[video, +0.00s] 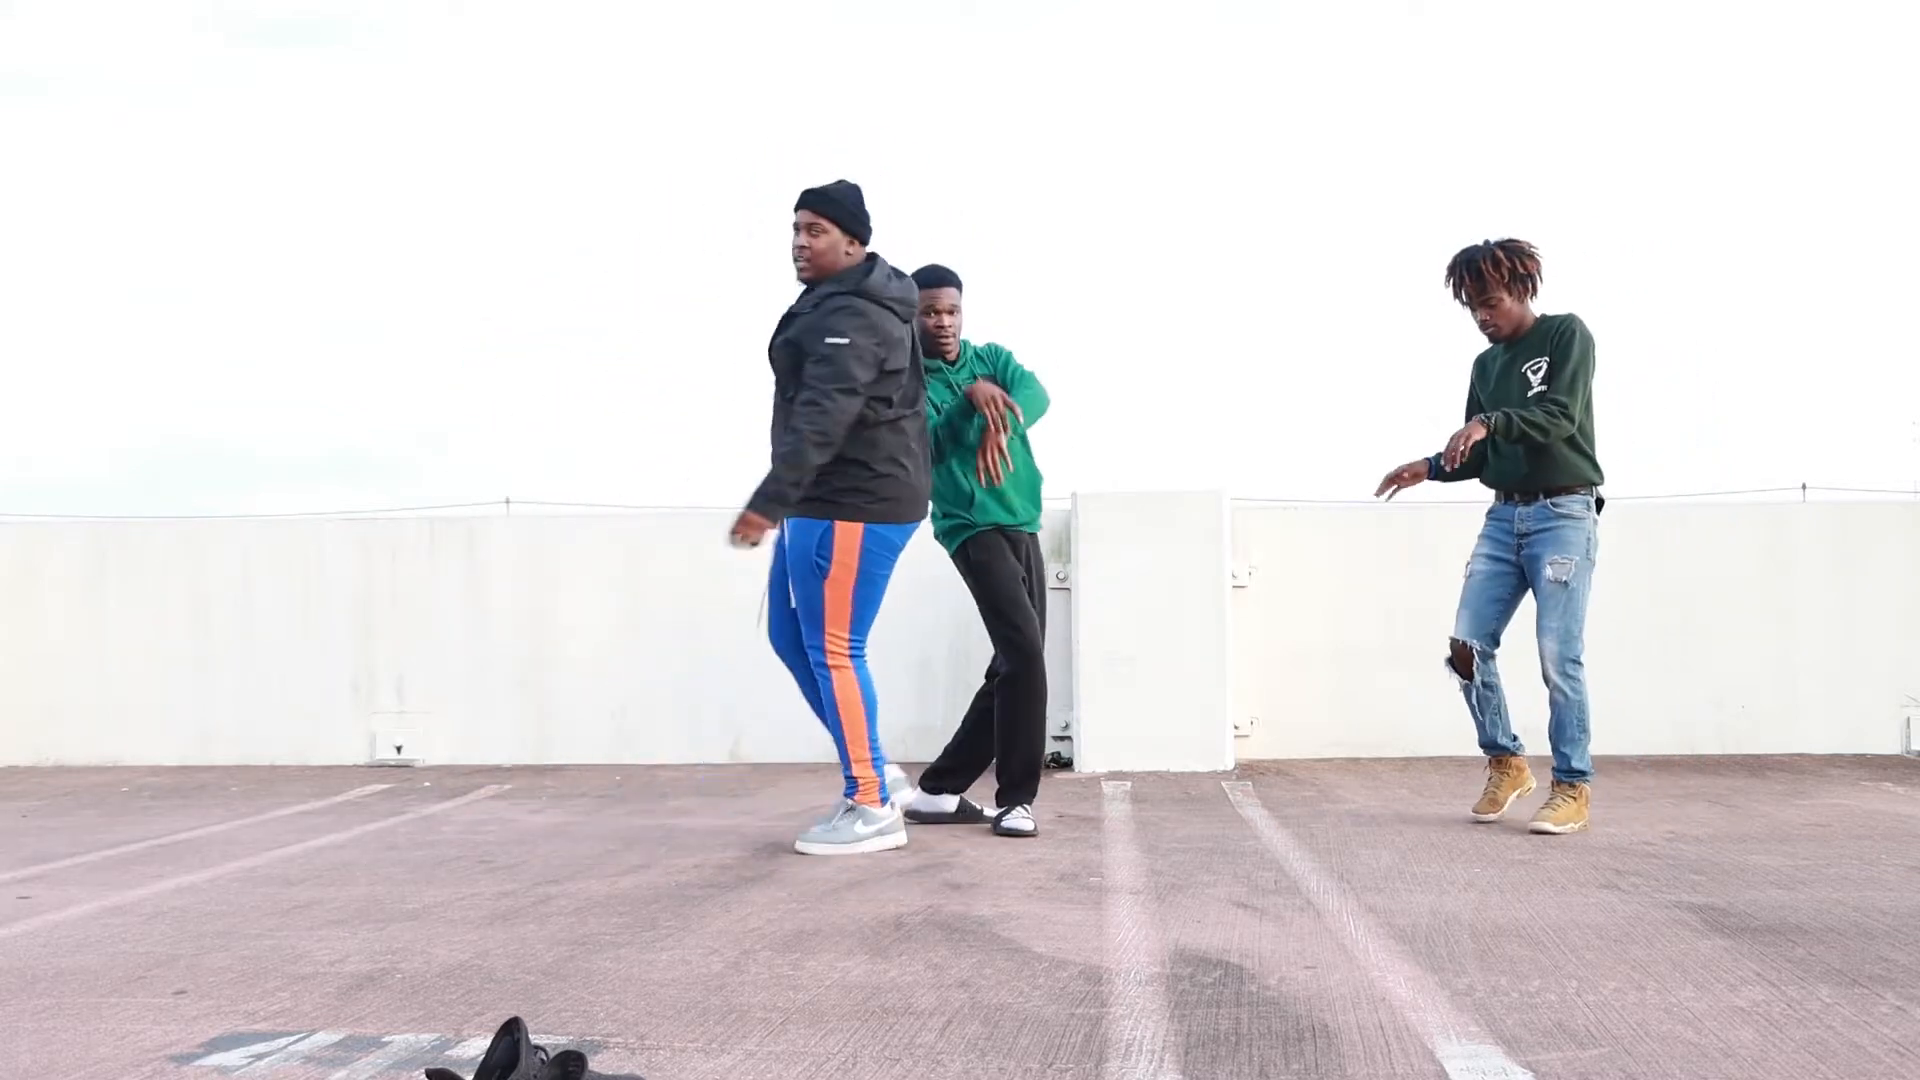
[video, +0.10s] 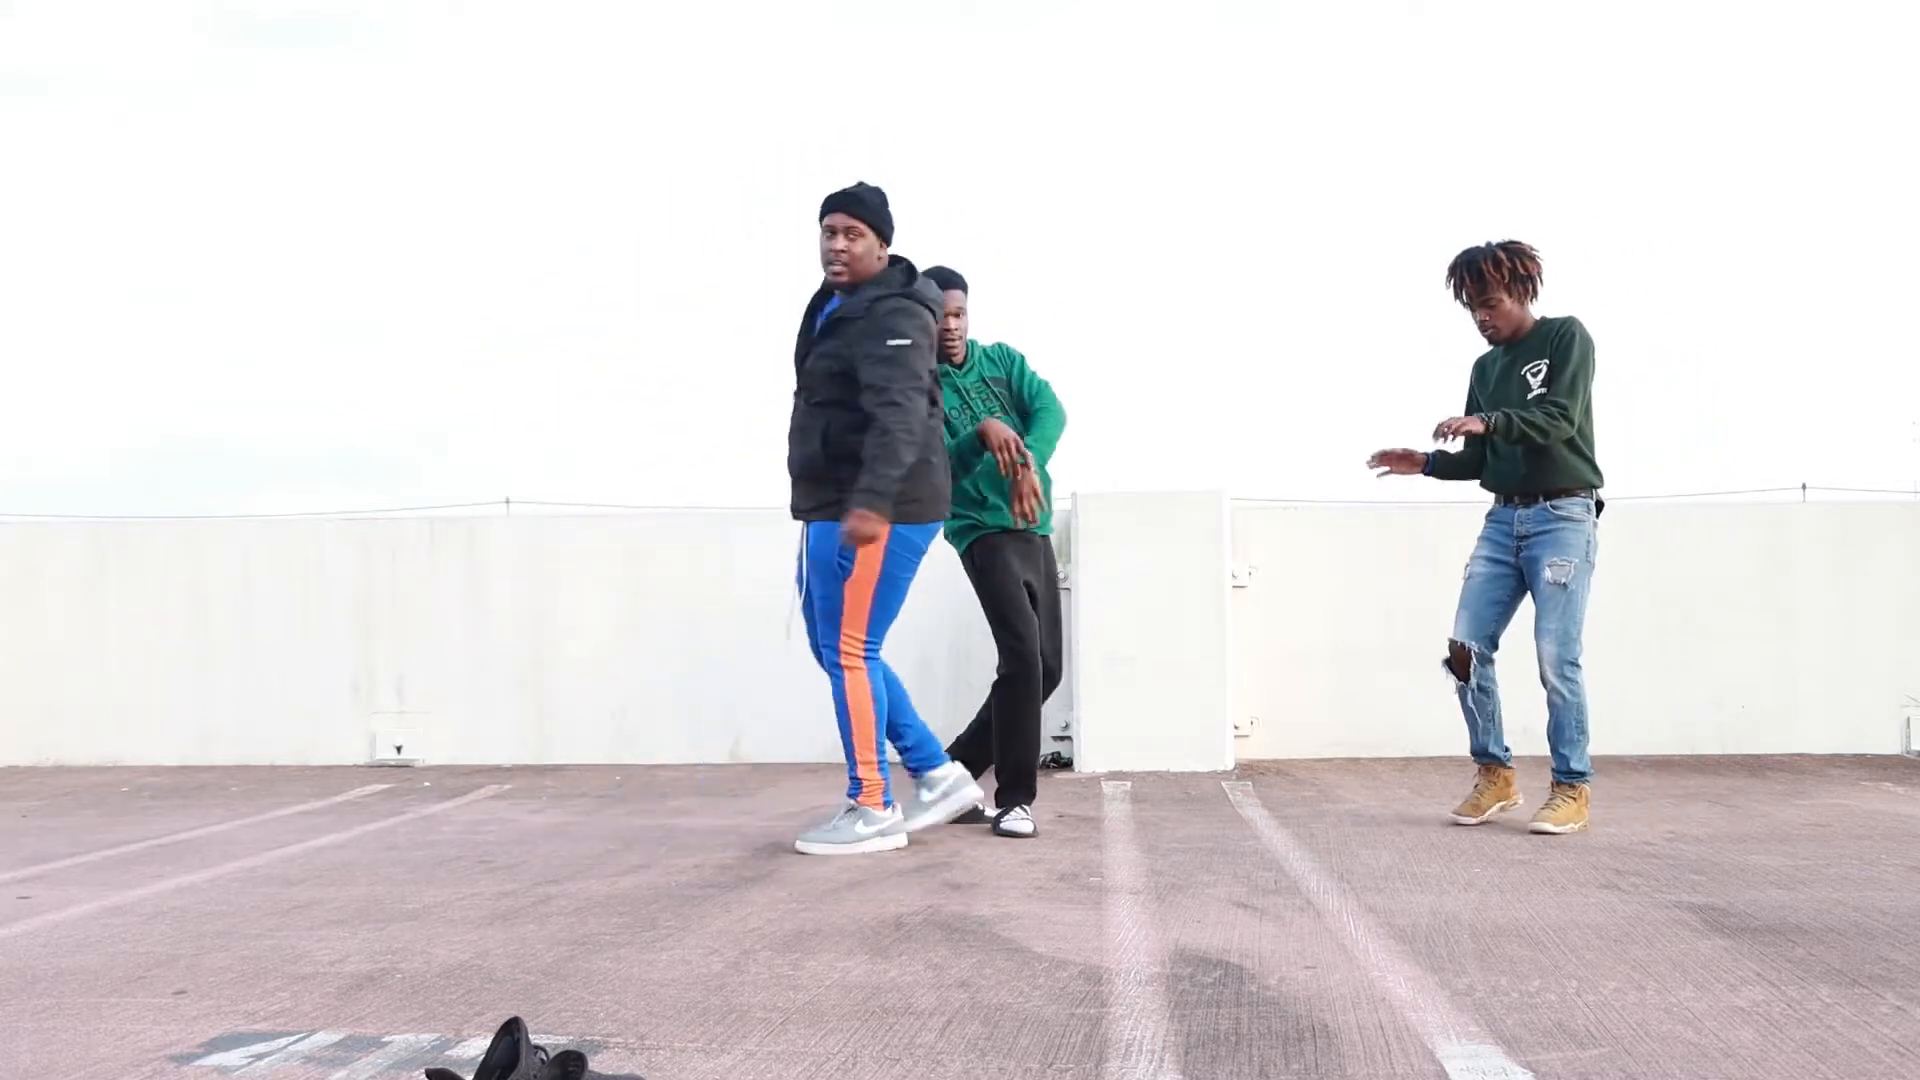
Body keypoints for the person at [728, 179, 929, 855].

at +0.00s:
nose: (800, 242)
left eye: (814, 232)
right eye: (797, 231)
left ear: (852, 242)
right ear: (804, 238)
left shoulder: (855, 314)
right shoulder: (838, 301)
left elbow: (820, 418)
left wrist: (766, 503)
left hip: (857, 502)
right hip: (825, 500)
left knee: (834, 647)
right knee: (791, 636)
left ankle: (871, 808)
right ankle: (875, 773)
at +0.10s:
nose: (838, 246)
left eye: (853, 234)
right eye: (829, 234)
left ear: (884, 242)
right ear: (821, 243)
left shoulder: (894, 311)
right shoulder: (835, 308)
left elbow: (899, 412)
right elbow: (828, 413)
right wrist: (813, 506)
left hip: (882, 507)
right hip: (834, 506)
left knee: (849, 647)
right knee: (832, 644)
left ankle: (872, 808)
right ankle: (937, 774)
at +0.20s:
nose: (869, 248)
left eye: (883, 237)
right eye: (858, 236)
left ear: (906, 246)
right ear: (843, 246)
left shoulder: (926, 308)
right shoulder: (838, 307)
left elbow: (962, 400)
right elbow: (840, 408)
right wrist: (837, 513)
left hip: (920, 504)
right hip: (858, 507)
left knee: (869, 648)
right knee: (895, 654)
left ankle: (874, 806)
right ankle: (963, 795)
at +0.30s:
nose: (895, 244)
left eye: (908, 232)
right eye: (882, 232)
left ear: (924, 243)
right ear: (862, 243)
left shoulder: (951, 307)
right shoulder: (850, 306)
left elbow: (1006, 391)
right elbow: (833, 381)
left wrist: (1057, 469)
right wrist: (823, 445)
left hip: (948, 497)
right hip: (885, 500)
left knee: (900, 646)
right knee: (925, 652)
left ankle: (884, 803)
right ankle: (969, 801)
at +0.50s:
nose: (945, 231)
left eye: (953, 220)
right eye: (930, 221)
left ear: (967, 230)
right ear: (902, 232)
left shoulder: (1001, 296)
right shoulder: (874, 297)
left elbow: (1063, 387)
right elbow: (841, 379)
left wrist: (1117, 473)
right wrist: (812, 453)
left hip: (984, 497)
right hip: (907, 503)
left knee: (963, 648)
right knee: (949, 654)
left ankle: (974, 806)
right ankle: (974, 797)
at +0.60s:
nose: (979, 227)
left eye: (985, 217)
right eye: (964, 217)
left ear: (994, 228)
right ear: (929, 227)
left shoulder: (1030, 299)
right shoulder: (891, 295)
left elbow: (1098, 385)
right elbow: (852, 382)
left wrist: (1163, 461)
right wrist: (825, 455)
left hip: (999, 502)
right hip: (916, 506)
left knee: (995, 652)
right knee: (946, 662)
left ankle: (1008, 806)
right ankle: (966, 802)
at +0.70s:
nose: (1016, 227)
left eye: (1019, 218)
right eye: (1002, 216)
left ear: (1020, 228)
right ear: (959, 226)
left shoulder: (1055, 302)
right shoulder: (909, 296)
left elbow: (1135, 374)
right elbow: (860, 383)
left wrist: (1220, 434)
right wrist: (840, 459)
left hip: (1023, 506)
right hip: (930, 508)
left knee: (1012, 656)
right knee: (935, 666)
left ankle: (1012, 810)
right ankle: (961, 799)